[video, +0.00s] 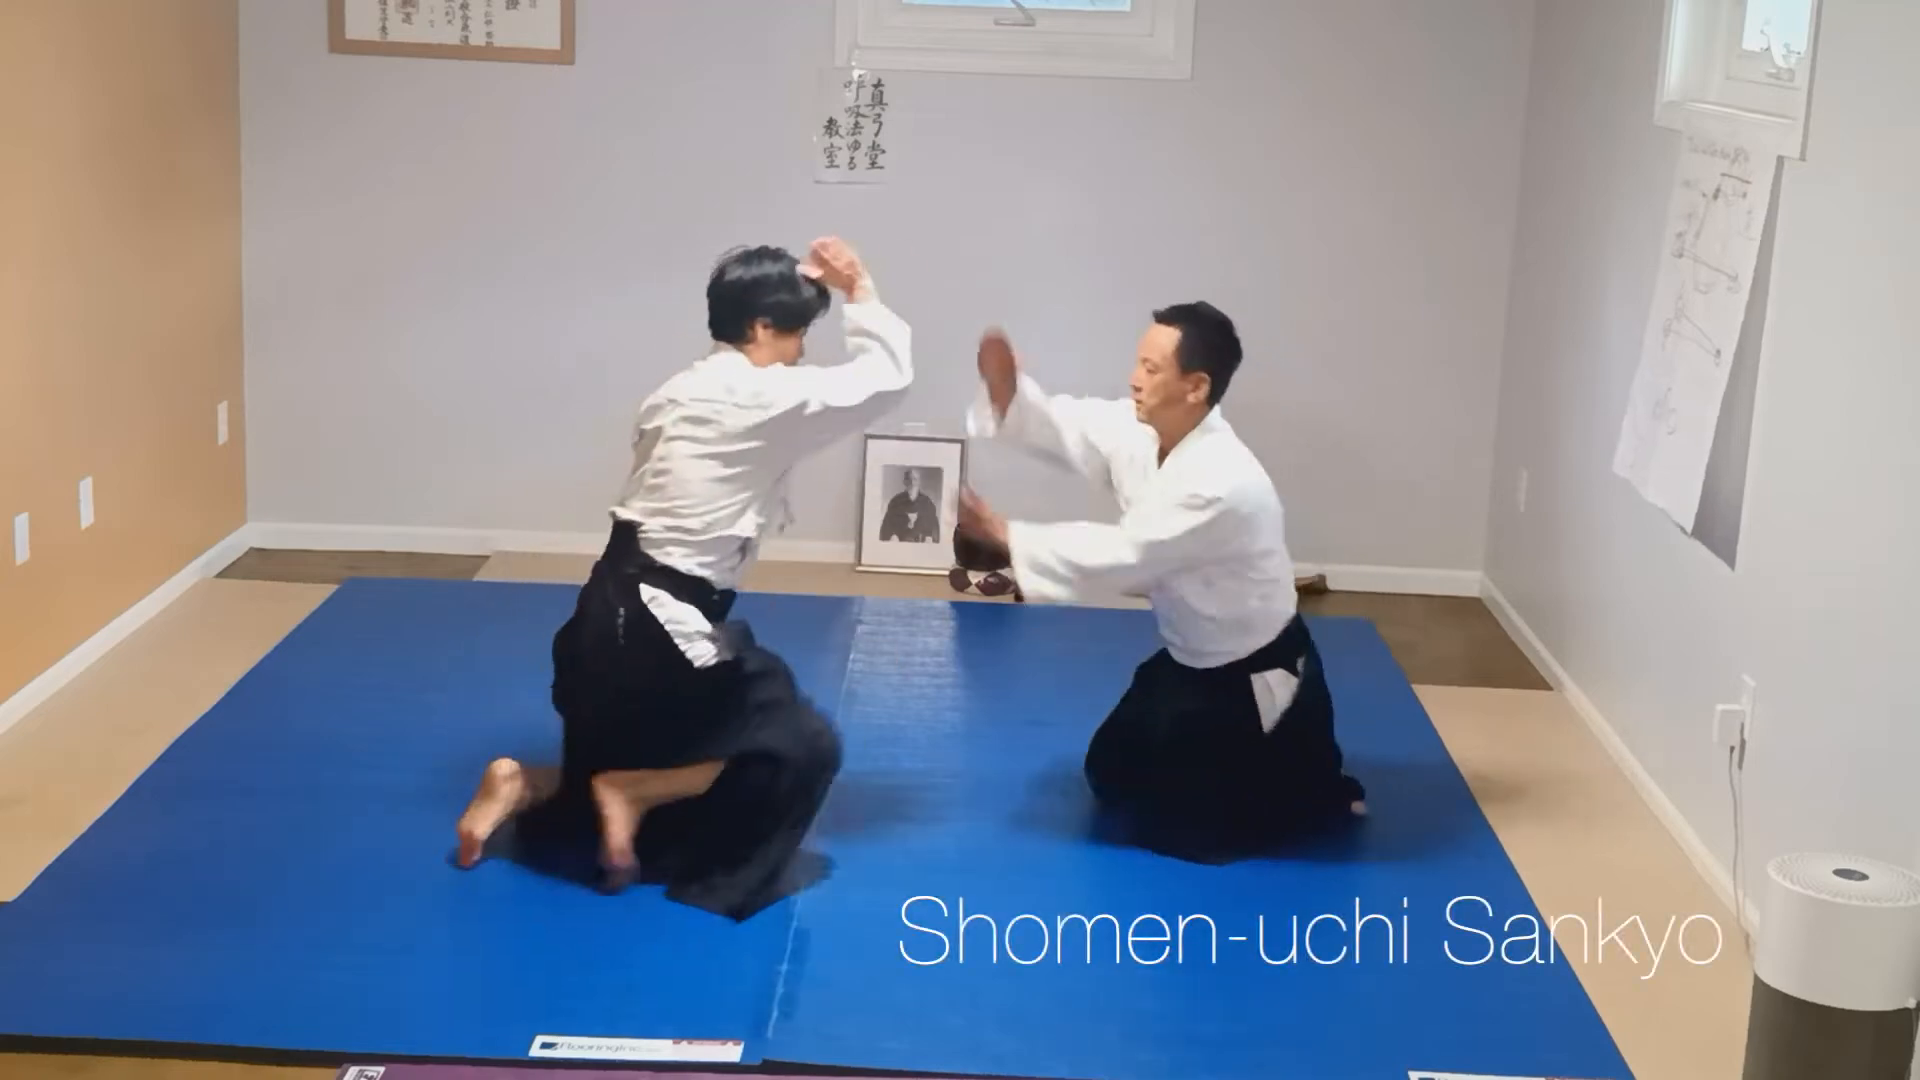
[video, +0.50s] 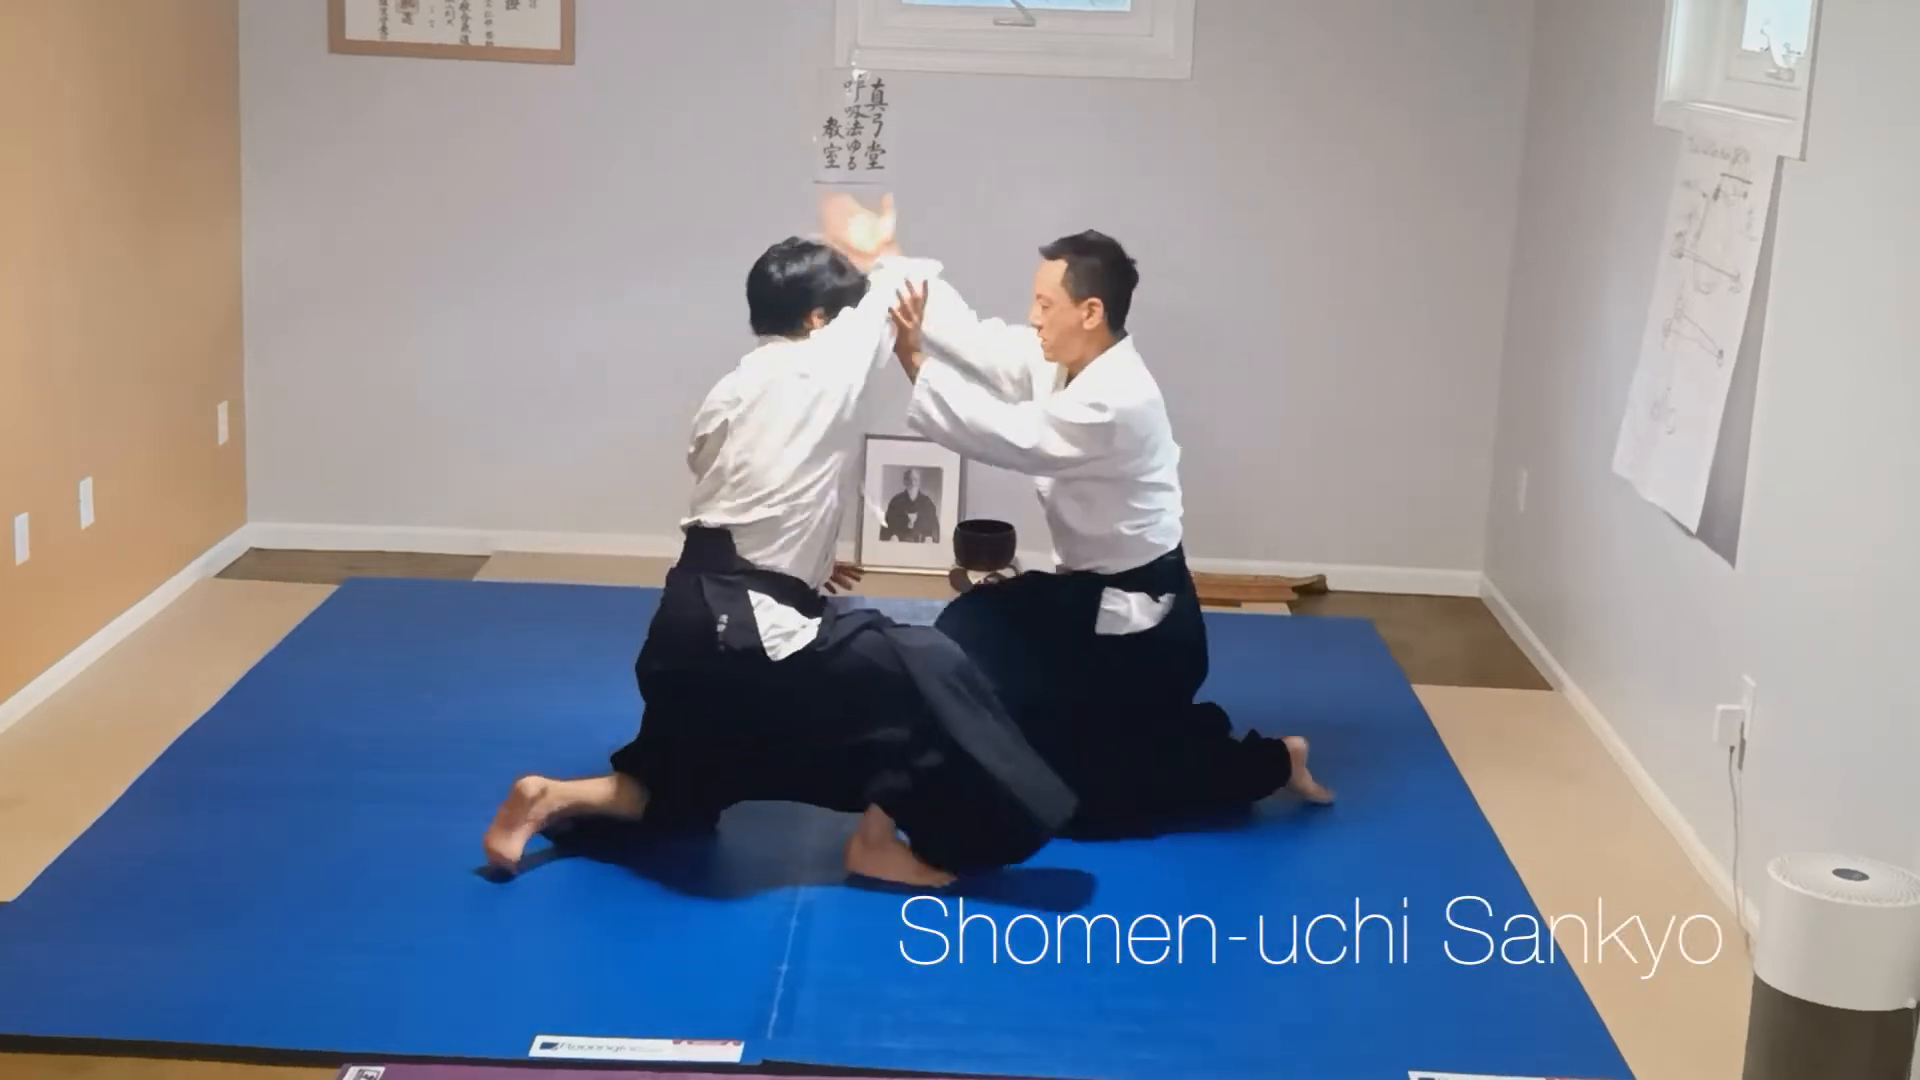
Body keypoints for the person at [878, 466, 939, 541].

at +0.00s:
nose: (912, 482)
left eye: (915, 479)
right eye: (908, 479)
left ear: (919, 481)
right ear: (904, 482)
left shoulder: (927, 502)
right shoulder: (896, 501)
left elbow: (934, 524)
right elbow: (887, 525)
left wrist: (934, 542)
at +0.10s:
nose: (912, 483)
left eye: (915, 480)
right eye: (908, 479)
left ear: (919, 482)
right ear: (904, 482)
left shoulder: (926, 502)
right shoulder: (896, 501)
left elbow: (934, 523)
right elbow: (887, 524)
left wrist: (933, 540)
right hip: (900, 545)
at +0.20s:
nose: (912, 483)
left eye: (915, 480)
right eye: (909, 480)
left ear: (919, 481)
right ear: (904, 482)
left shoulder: (927, 502)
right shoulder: (896, 501)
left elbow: (934, 524)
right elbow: (887, 525)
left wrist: (932, 539)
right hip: (899, 544)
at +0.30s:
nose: (912, 483)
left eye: (915, 479)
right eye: (909, 479)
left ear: (919, 481)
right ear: (905, 482)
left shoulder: (927, 502)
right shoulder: (896, 501)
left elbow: (934, 525)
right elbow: (887, 526)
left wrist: (934, 542)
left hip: (922, 546)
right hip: (900, 545)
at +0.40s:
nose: (912, 483)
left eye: (915, 480)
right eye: (909, 480)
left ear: (919, 482)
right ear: (904, 482)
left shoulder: (927, 502)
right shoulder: (896, 501)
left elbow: (934, 524)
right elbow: (886, 526)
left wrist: (934, 542)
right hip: (900, 546)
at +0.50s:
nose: (912, 483)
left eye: (915, 480)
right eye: (909, 480)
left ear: (919, 482)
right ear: (904, 482)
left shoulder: (927, 502)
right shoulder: (896, 501)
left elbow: (934, 525)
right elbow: (887, 525)